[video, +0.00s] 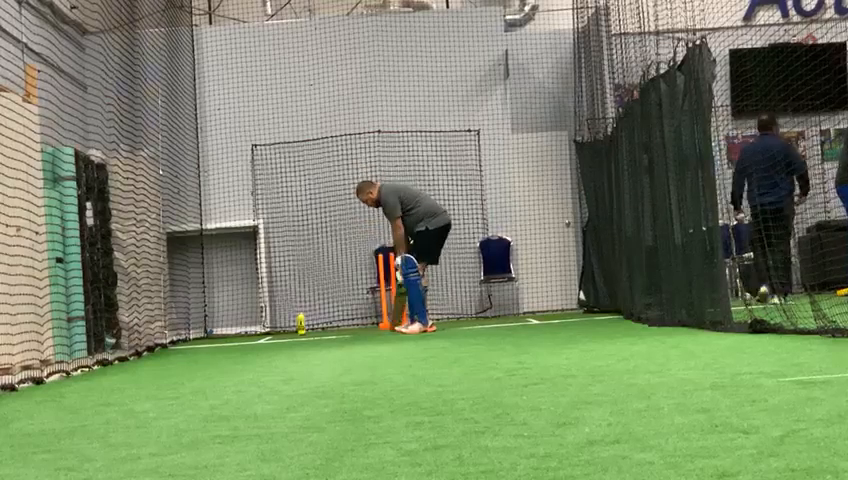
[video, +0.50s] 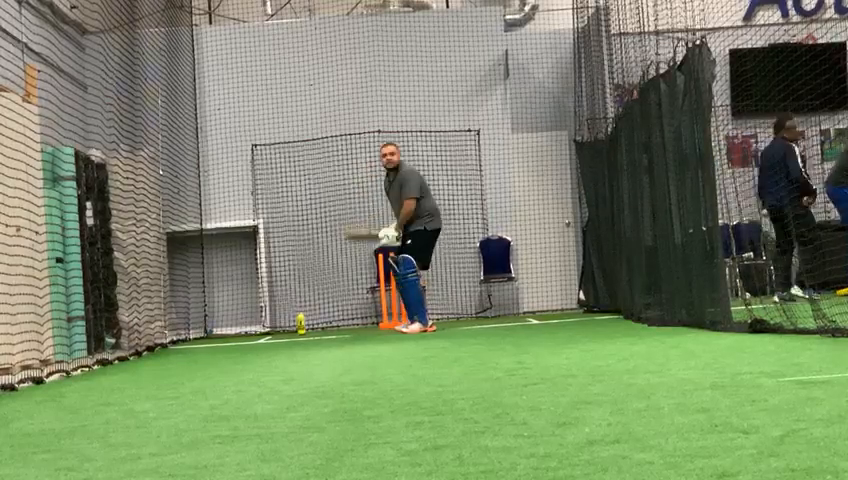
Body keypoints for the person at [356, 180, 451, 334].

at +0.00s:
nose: (368, 205)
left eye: (366, 201)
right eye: (365, 203)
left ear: (371, 193)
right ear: (372, 191)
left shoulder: (387, 194)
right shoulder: (387, 191)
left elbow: (398, 228)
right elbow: (400, 228)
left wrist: (400, 257)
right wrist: (402, 255)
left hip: (431, 225)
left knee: (414, 270)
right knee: (416, 270)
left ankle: (420, 321)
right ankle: (422, 319)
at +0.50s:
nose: (388, 158)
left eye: (392, 154)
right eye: (384, 156)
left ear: (399, 155)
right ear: (381, 160)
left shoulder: (408, 174)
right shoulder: (389, 179)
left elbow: (410, 206)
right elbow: (400, 207)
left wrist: (397, 227)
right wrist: (397, 227)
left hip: (425, 225)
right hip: (411, 227)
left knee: (410, 269)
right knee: (405, 269)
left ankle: (420, 319)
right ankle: (417, 318)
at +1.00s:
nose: (400, 146)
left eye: (403, 143)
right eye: (396, 143)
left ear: (409, 145)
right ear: (391, 146)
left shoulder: (415, 166)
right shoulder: (393, 170)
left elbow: (413, 197)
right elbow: (397, 199)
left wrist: (394, 216)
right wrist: (388, 217)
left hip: (418, 226)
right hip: (402, 227)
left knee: (408, 271)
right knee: (399, 271)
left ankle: (420, 320)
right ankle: (414, 318)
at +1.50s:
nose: (402, 145)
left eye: (405, 141)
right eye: (398, 142)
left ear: (411, 144)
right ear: (393, 144)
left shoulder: (415, 166)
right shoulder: (395, 167)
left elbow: (414, 197)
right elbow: (396, 197)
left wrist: (393, 216)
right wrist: (386, 215)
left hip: (417, 226)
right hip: (402, 227)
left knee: (409, 271)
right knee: (400, 271)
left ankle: (419, 320)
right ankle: (409, 318)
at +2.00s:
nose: (388, 159)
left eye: (391, 156)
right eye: (384, 156)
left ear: (398, 158)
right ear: (380, 160)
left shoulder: (405, 177)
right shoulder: (384, 181)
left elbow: (405, 211)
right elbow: (392, 211)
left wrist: (390, 234)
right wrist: (388, 234)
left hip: (427, 225)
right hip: (412, 227)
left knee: (407, 266)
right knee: (400, 266)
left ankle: (420, 320)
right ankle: (412, 318)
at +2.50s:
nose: (389, 168)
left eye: (393, 164)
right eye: (385, 165)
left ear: (399, 165)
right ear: (381, 168)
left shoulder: (406, 186)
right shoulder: (386, 191)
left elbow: (408, 220)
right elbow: (395, 220)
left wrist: (396, 244)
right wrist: (394, 244)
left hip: (431, 229)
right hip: (416, 231)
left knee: (405, 267)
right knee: (398, 267)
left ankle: (420, 320)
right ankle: (413, 318)